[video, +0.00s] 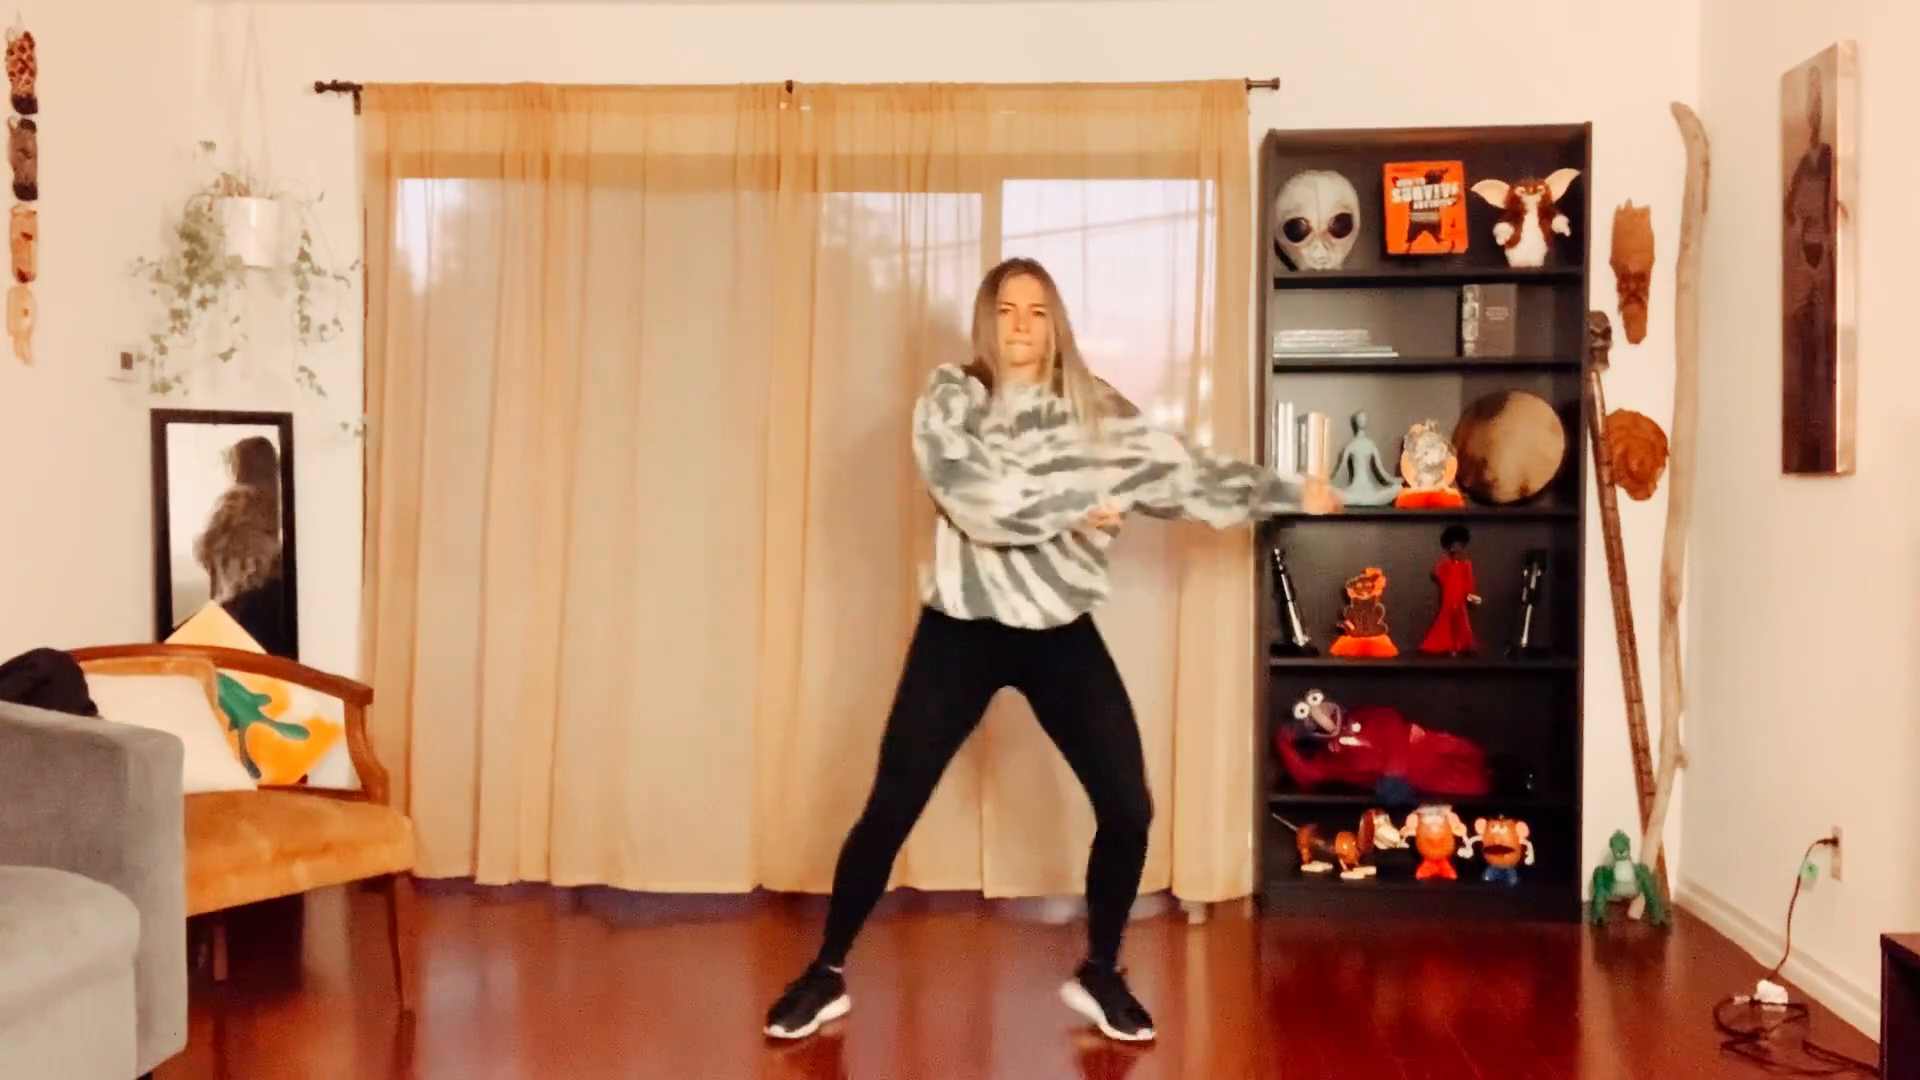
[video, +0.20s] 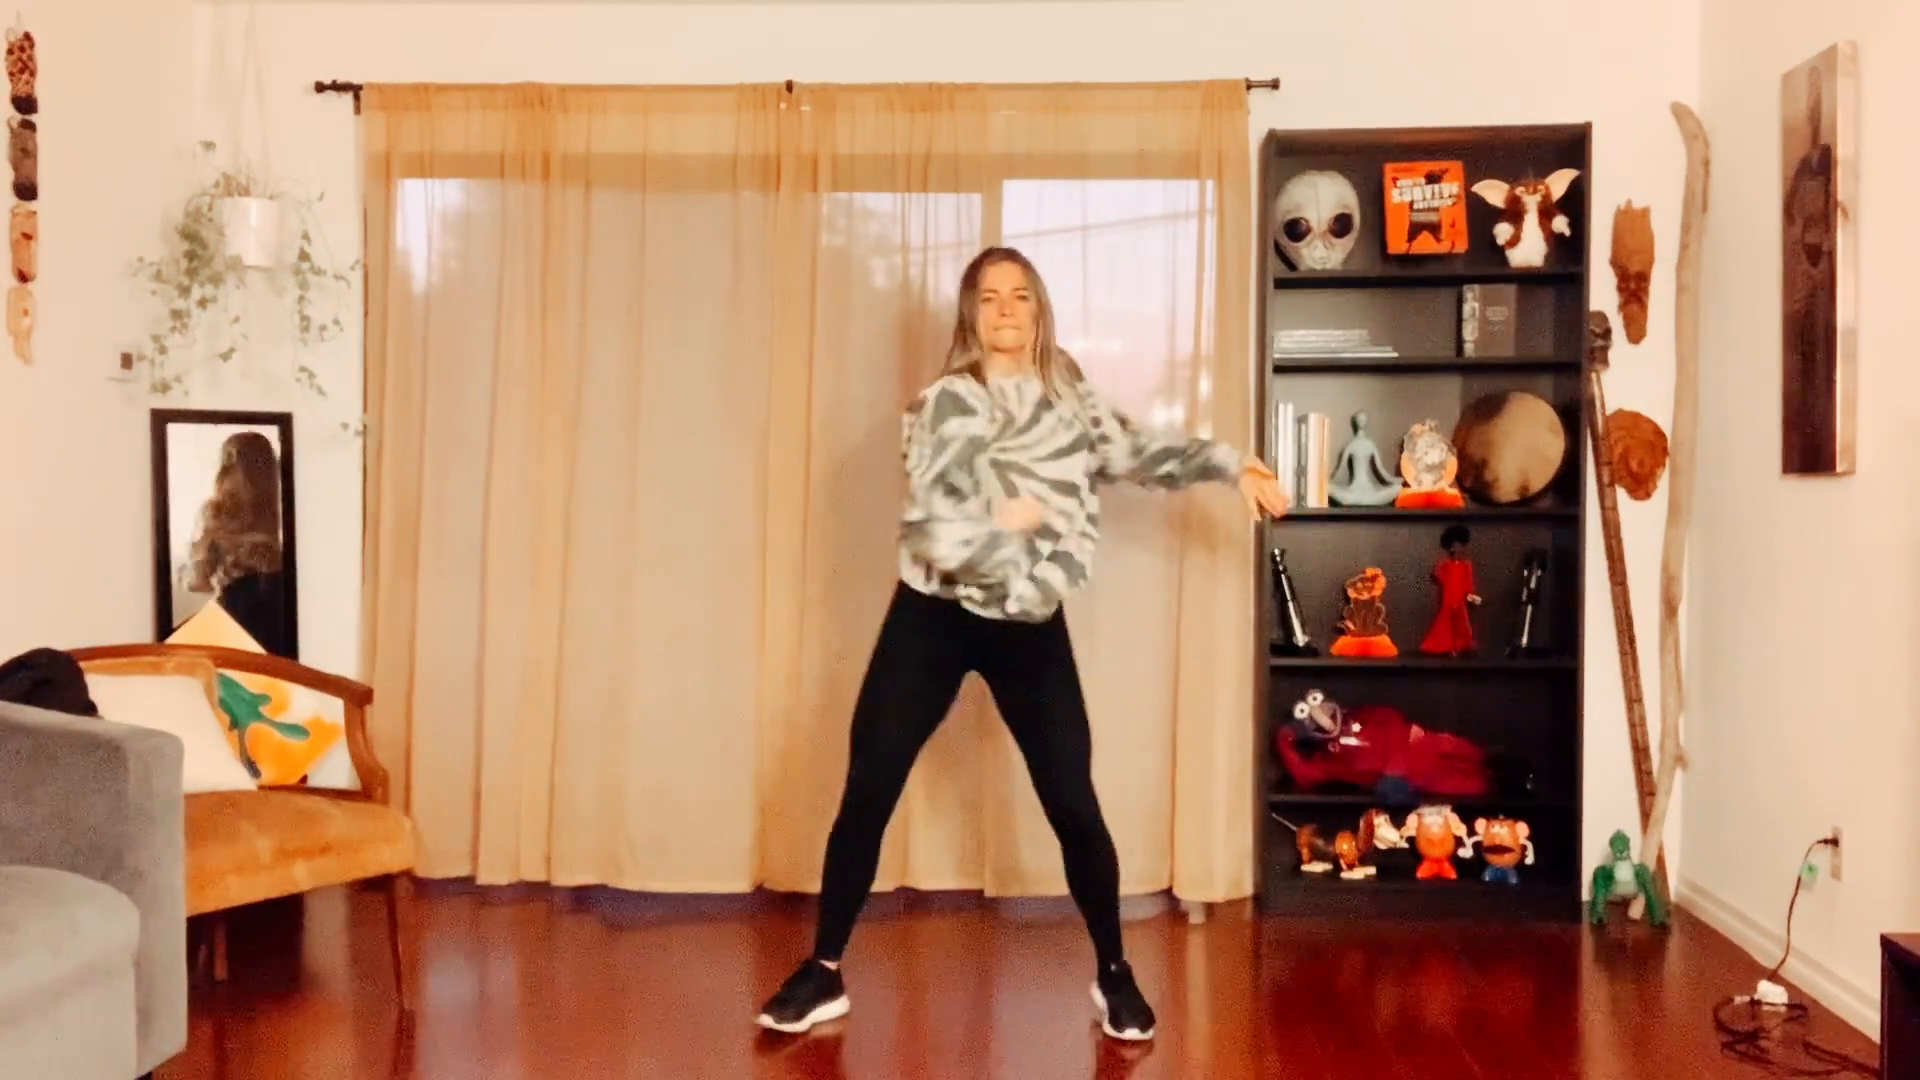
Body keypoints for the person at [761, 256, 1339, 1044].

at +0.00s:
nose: (1021, 323)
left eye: (1035, 311)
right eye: (1008, 310)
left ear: (1057, 324)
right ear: (985, 322)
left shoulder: (1091, 406)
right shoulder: (952, 393)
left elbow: (1181, 473)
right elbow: (968, 495)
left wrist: (1292, 491)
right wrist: (1077, 508)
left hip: (1058, 629)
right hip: (960, 626)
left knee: (1127, 808)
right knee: (891, 804)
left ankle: (1100, 972)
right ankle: (826, 972)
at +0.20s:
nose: (1004, 309)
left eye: (1018, 297)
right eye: (989, 297)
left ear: (1040, 310)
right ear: (968, 311)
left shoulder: (1072, 400)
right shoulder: (946, 402)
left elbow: (1140, 454)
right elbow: (929, 530)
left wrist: (1234, 464)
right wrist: (1007, 517)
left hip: (1029, 622)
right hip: (931, 614)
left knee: (1076, 810)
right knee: (867, 792)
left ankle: (1115, 974)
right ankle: (823, 969)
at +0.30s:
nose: (978, 300)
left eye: (991, 287)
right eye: (963, 290)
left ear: (1015, 301)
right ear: (940, 308)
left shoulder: (1050, 400)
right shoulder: (904, 397)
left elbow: (1119, 473)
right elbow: (852, 499)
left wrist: (1211, 498)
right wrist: (894, 518)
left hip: (1011, 615)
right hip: (910, 613)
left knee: (1059, 800)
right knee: (853, 790)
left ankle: (1110, 970)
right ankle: (823, 970)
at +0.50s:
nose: (897, 293)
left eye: (913, 281)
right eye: (883, 281)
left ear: (937, 297)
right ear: (860, 294)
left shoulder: (975, 396)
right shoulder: (821, 360)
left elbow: (1058, 481)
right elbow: (766, 373)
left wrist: (1160, 520)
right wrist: (765, 412)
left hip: (944, 605)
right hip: (848, 604)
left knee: (976, 786)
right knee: (817, 783)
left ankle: (1034, 965)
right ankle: (816, 972)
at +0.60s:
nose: (872, 294)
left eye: (888, 283)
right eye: (859, 281)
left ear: (912, 297)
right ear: (834, 293)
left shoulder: (940, 399)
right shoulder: (803, 353)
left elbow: (1032, 472)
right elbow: (748, 353)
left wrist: (1139, 529)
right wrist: (752, 375)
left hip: (907, 604)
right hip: (818, 603)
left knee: (917, 793)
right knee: (800, 786)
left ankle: (954, 964)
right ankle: (814, 971)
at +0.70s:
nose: (849, 297)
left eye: (865, 285)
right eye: (837, 285)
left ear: (894, 297)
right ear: (818, 298)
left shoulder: (928, 395)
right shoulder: (798, 373)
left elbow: (1028, 472)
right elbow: (735, 404)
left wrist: (1137, 521)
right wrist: (719, 371)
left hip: (876, 605)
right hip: (797, 600)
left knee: (809, 779)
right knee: (778, 781)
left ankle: (864, 946)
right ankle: (807, 964)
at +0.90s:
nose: (816, 319)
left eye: (831, 305)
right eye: (810, 307)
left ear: (873, 313)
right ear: (808, 320)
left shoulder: (923, 397)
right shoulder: (795, 408)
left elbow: (1031, 442)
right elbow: (704, 477)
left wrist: (1146, 474)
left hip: (833, 618)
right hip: (772, 612)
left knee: (709, 776)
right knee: (764, 796)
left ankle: (700, 984)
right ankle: (812, 973)